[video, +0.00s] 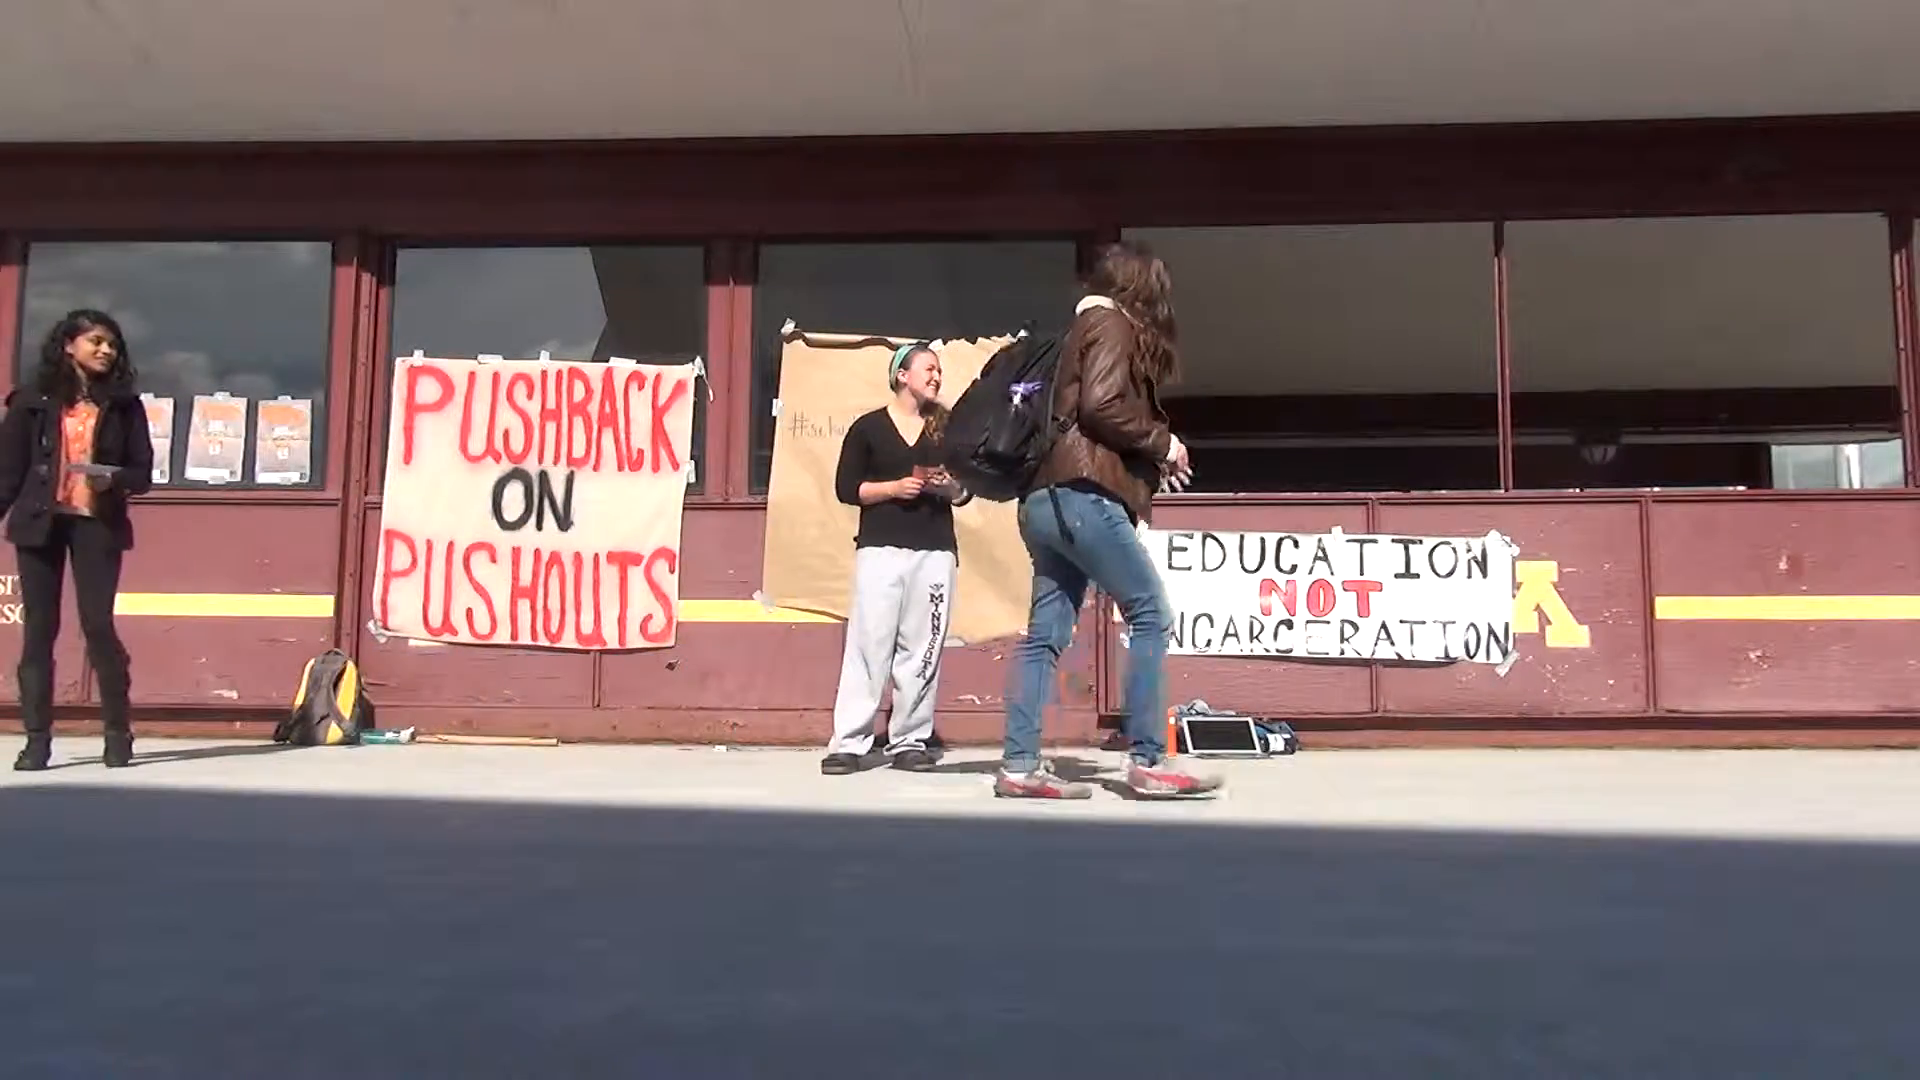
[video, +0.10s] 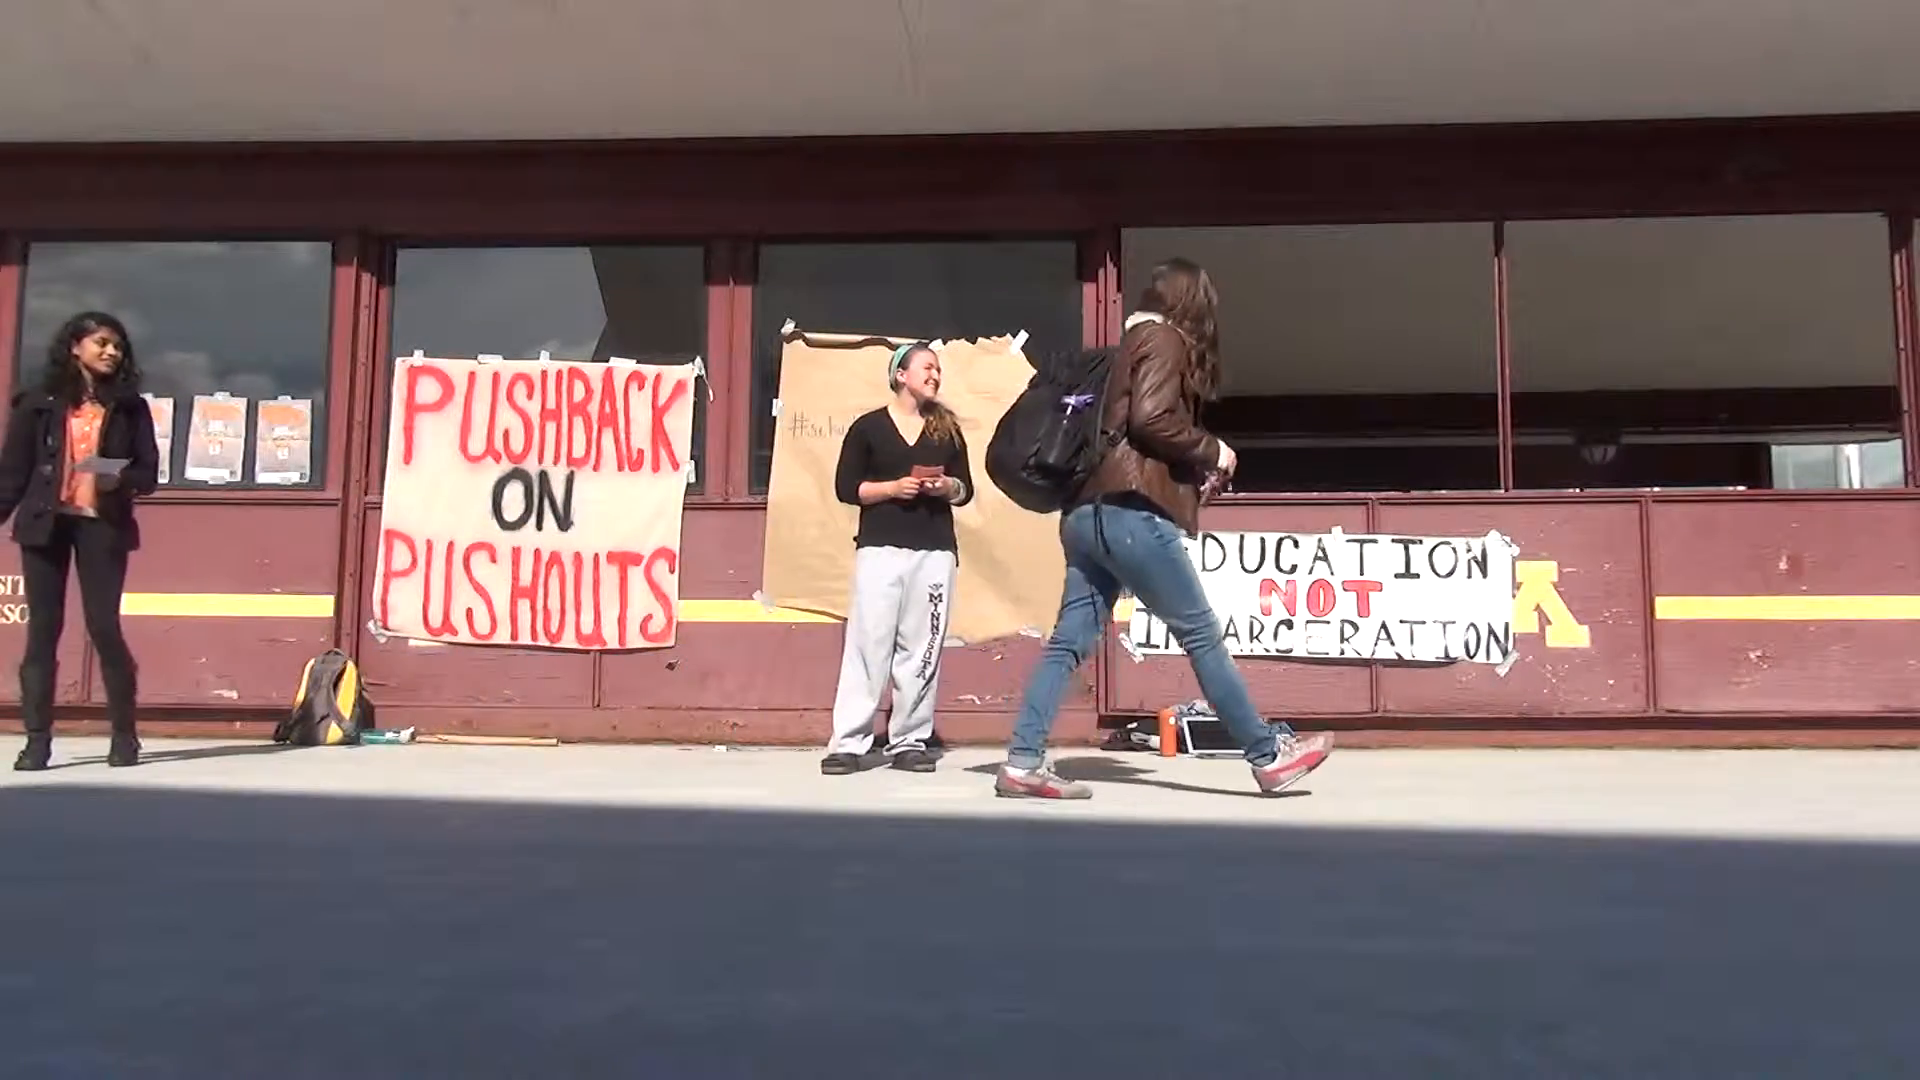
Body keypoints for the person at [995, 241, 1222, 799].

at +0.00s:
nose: (1159, 298)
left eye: (1158, 286)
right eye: (1156, 287)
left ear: (1101, 282)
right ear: (1141, 285)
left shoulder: (1076, 329)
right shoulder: (1112, 325)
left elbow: (1077, 421)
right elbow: (1101, 403)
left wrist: (1150, 462)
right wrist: (1161, 442)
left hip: (1042, 501)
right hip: (1085, 497)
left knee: (1044, 638)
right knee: (1151, 616)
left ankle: (1020, 768)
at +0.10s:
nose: (1208, 315)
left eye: (1208, 304)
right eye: (1206, 304)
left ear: (1154, 296)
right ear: (1193, 302)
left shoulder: (1126, 344)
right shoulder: (1165, 341)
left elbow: (1125, 436)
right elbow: (1152, 417)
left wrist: (1191, 476)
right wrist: (1212, 451)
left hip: (1083, 515)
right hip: (1134, 514)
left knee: (1068, 645)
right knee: (1202, 637)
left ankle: (1021, 765)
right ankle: (1270, 758)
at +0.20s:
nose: (1260, 319)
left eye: (1260, 308)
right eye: (1259, 308)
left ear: (1205, 303)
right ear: (1246, 307)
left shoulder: (1181, 354)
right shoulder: (1223, 350)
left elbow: (1179, 442)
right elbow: (1209, 427)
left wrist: (1244, 475)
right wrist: (1264, 459)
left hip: (1143, 520)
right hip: (1193, 522)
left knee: (1114, 644)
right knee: (1256, 638)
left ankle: (1038, 747)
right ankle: (1290, 767)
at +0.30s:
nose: (1312, 312)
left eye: (1308, 302)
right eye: (1310, 302)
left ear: (1257, 299)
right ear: (1299, 302)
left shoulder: (1229, 351)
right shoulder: (1283, 349)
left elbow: (1210, 431)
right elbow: (1266, 427)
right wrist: (1316, 459)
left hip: (1199, 516)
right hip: (1252, 517)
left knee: (1198, 652)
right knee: (1300, 635)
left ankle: (1097, 722)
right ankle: (1297, 766)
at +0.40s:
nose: (1359, 304)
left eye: (1357, 294)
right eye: (1357, 294)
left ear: (1301, 289)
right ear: (1346, 294)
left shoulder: (1275, 339)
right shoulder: (1331, 338)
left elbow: (1250, 423)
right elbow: (1320, 419)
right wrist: (1364, 455)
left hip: (1243, 507)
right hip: (1296, 506)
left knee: (1283, 635)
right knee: (1312, 638)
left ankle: (1195, 719)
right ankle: (1298, 767)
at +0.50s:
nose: (1400, 303)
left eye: (1398, 293)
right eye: (1398, 293)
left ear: (1344, 286)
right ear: (1387, 292)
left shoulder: (1314, 338)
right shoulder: (1377, 336)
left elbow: (1284, 418)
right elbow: (1368, 412)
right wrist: (1405, 451)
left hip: (1284, 501)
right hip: (1337, 504)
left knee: (1365, 626)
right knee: (1326, 635)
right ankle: (1298, 766)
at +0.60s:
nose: (1448, 308)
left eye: (1444, 298)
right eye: (1444, 299)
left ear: (1390, 298)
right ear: (1433, 302)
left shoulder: (1363, 347)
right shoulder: (1427, 348)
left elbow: (1332, 424)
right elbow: (1419, 425)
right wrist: (1449, 468)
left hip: (1328, 510)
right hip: (1378, 512)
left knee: (1412, 635)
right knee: (1344, 640)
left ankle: (1454, 758)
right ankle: (1300, 765)